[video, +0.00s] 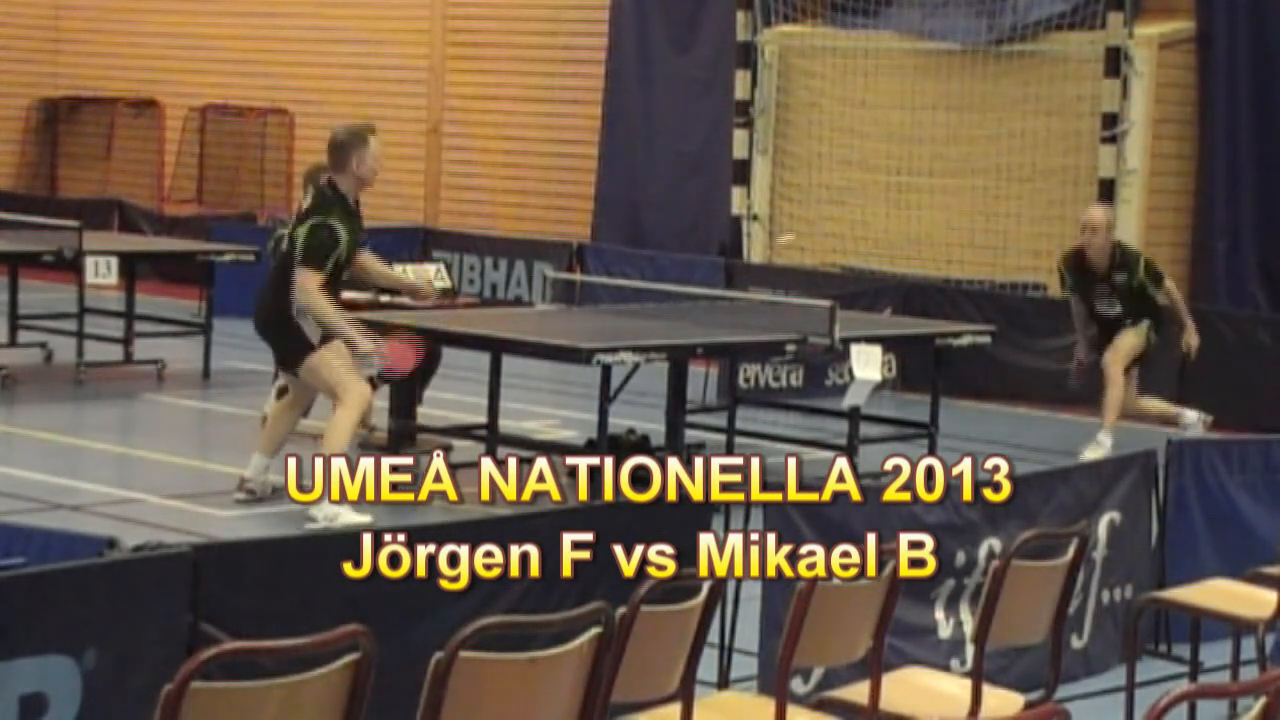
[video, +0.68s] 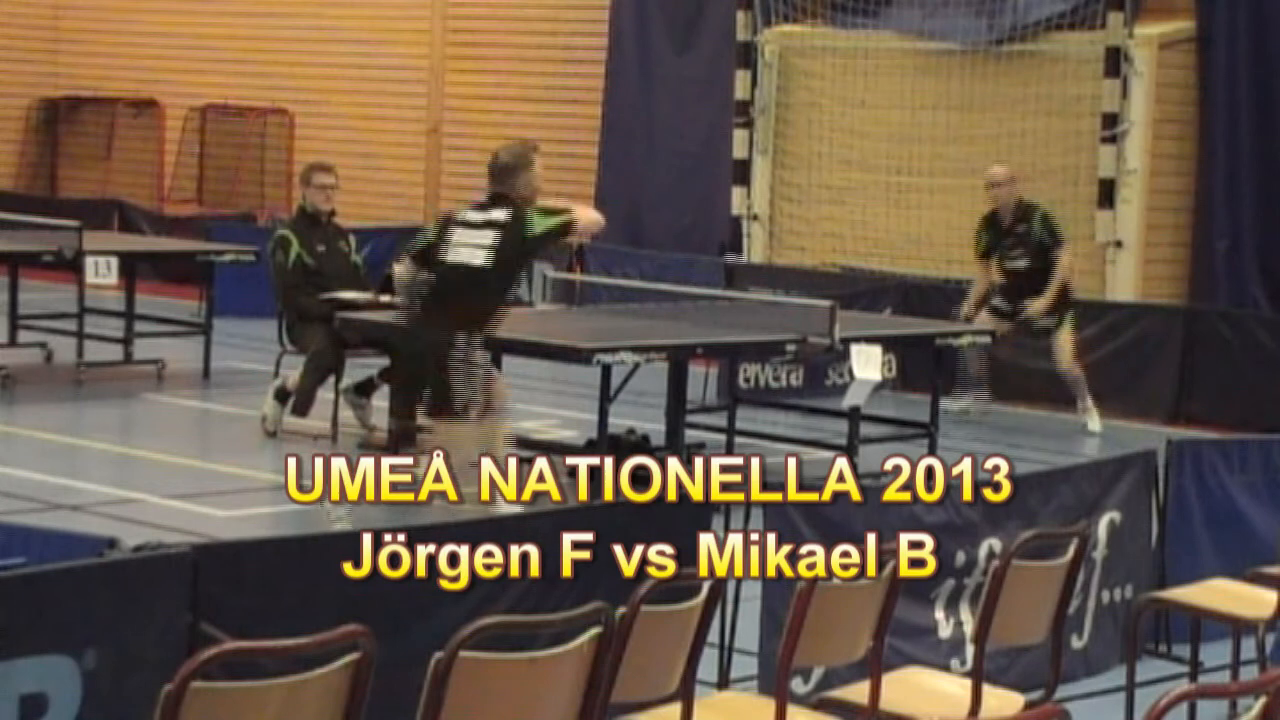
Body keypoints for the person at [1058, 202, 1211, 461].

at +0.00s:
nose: (1088, 238)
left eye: (1095, 231)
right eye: (1084, 230)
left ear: (1110, 233)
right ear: (1079, 232)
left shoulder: (1130, 259)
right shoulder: (1071, 263)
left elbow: (1168, 288)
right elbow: (1077, 307)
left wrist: (1189, 327)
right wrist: (1082, 343)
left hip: (1141, 321)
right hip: (1108, 328)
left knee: (1112, 361)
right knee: (1127, 404)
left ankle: (1104, 438)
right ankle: (1189, 417)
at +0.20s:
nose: (1088, 211)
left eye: (1095, 205)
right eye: (1085, 204)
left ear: (1110, 208)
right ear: (1079, 206)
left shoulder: (1125, 240)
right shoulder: (1067, 236)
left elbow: (1160, 282)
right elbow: (1058, 280)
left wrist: (1174, 334)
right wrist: (1055, 326)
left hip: (1130, 306)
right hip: (1095, 309)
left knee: (1115, 359)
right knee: (1091, 376)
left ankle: (1150, 425)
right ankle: (1155, 402)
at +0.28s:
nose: (1081, 212)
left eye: (1087, 206)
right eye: (1076, 205)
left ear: (1099, 207)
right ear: (1069, 207)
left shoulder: (1115, 242)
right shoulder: (1060, 239)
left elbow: (1146, 286)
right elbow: (1050, 286)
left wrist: (1149, 334)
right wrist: (1039, 329)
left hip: (1126, 312)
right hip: (1090, 314)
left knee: (1123, 363)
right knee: (1063, 370)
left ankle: (1153, 429)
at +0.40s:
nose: (1055, 202)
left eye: (1060, 194)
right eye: (1049, 195)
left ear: (1070, 196)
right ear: (1041, 199)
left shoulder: (1091, 229)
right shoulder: (1037, 233)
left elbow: (1124, 275)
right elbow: (1030, 282)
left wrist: (1118, 311)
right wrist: (1019, 317)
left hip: (1106, 305)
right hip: (1070, 304)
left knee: (1122, 363)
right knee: (1043, 366)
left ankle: (1151, 428)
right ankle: (1057, 413)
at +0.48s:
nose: (1037, 193)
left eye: (1042, 187)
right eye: (1031, 187)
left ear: (1053, 188)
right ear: (1025, 191)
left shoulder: (1075, 220)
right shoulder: (1021, 224)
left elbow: (1108, 262)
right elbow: (1017, 272)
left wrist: (1102, 298)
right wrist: (1007, 306)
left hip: (1088, 295)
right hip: (1053, 295)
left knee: (1103, 354)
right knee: (1032, 362)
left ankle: (1134, 423)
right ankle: (1056, 414)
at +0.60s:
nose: (1010, 188)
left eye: (1015, 182)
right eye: (1005, 182)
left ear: (1029, 183)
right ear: (1001, 186)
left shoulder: (1052, 212)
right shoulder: (1002, 218)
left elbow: (1085, 249)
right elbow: (998, 265)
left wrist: (1068, 290)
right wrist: (988, 299)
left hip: (1062, 288)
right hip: (1025, 288)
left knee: (1075, 349)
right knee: (999, 341)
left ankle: (1092, 403)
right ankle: (1031, 393)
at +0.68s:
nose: (995, 193)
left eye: (1000, 186)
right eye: (990, 187)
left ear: (1014, 187)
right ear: (986, 191)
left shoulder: (1038, 217)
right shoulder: (988, 224)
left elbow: (1063, 259)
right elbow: (985, 274)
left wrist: (1046, 299)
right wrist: (970, 305)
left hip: (1048, 293)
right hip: (1010, 293)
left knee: (1064, 363)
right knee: (973, 338)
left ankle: (1086, 406)